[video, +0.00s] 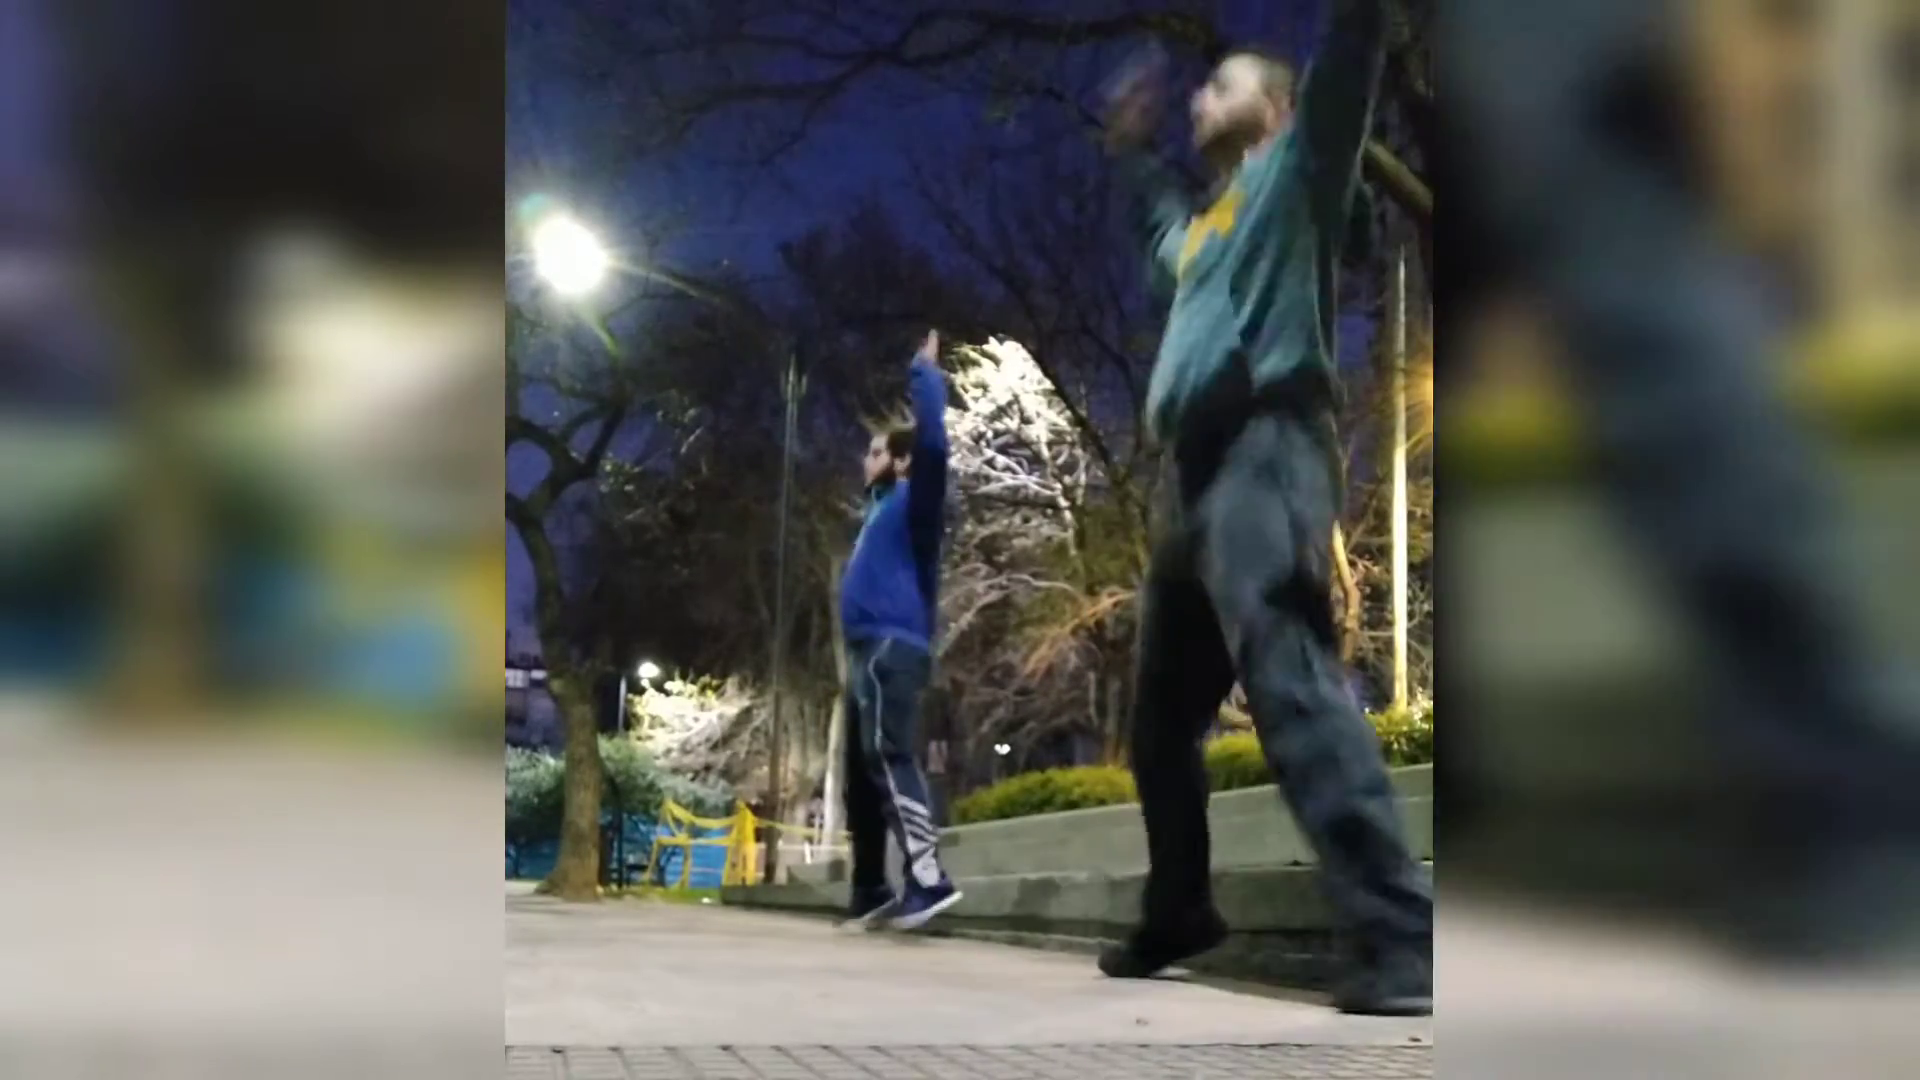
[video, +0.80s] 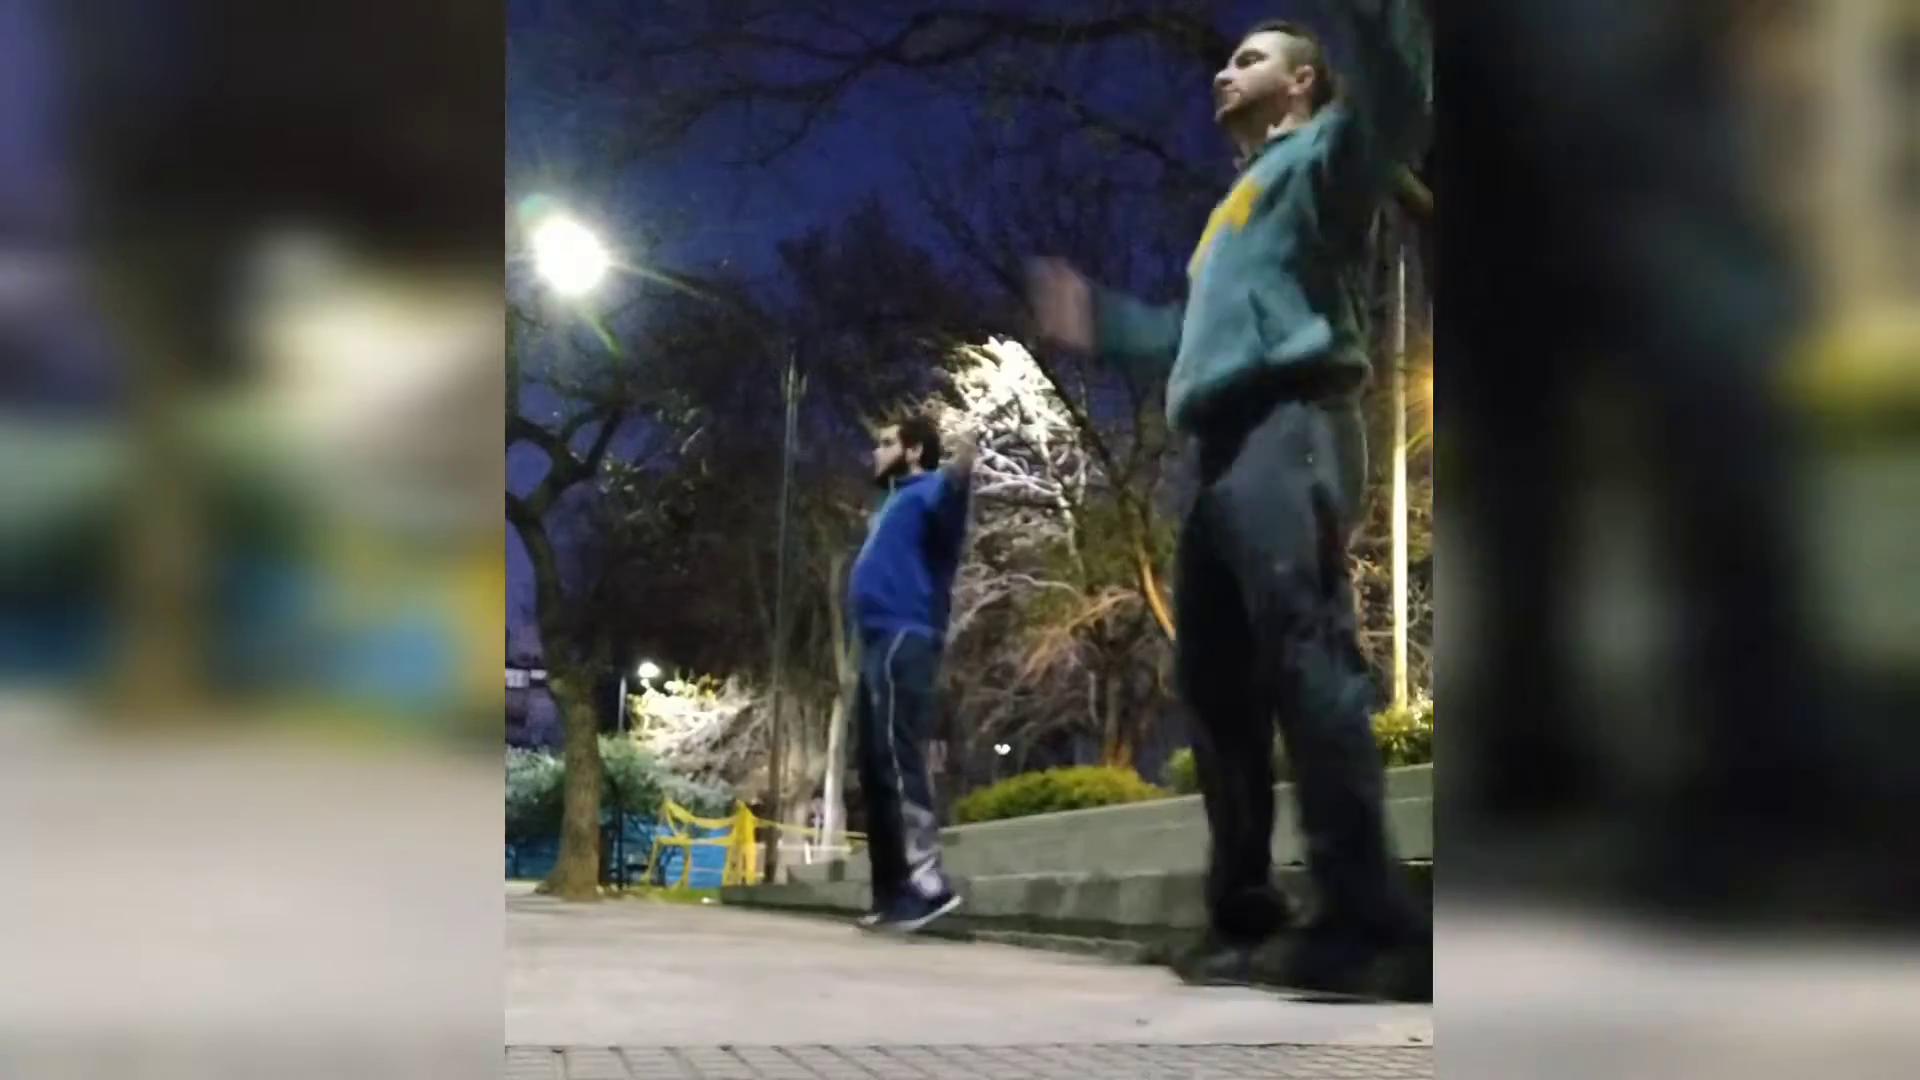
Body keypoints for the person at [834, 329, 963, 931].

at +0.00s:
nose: (867, 459)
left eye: (875, 451)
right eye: (869, 452)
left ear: (900, 459)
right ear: (889, 463)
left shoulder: (914, 504)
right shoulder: (879, 511)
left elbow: (931, 444)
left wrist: (926, 372)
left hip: (896, 639)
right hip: (862, 643)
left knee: (891, 755)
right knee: (861, 769)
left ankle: (927, 880)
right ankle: (871, 888)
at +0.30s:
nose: (864, 468)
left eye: (874, 460)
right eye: (866, 460)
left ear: (901, 468)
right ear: (886, 473)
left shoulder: (916, 506)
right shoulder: (879, 522)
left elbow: (937, 463)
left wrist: (929, 400)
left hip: (899, 644)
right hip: (864, 650)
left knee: (898, 771)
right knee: (879, 776)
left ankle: (921, 891)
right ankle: (897, 894)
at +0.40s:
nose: (864, 456)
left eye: (874, 448)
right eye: (866, 447)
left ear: (902, 455)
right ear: (894, 456)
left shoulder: (924, 490)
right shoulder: (880, 499)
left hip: (900, 630)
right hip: (866, 634)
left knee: (882, 759)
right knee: (858, 765)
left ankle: (920, 886)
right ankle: (887, 891)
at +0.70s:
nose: (870, 467)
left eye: (880, 458)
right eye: (873, 457)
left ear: (907, 465)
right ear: (903, 467)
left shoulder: (928, 507)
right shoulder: (894, 516)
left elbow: (949, 582)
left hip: (904, 657)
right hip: (872, 659)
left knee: (890, 776)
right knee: (862, 783)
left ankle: (920, 903)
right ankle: (894, 906)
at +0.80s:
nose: (877, 453)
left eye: (887, 444)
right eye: (879, 444)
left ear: (915, 451)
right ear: (908, 454)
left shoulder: (931, 489)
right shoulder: (895, 500)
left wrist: (963, 458)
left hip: (907, 632)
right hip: (876, 636)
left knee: (895, 755)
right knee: (875, 764)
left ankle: (927, 885)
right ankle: (892, 894)